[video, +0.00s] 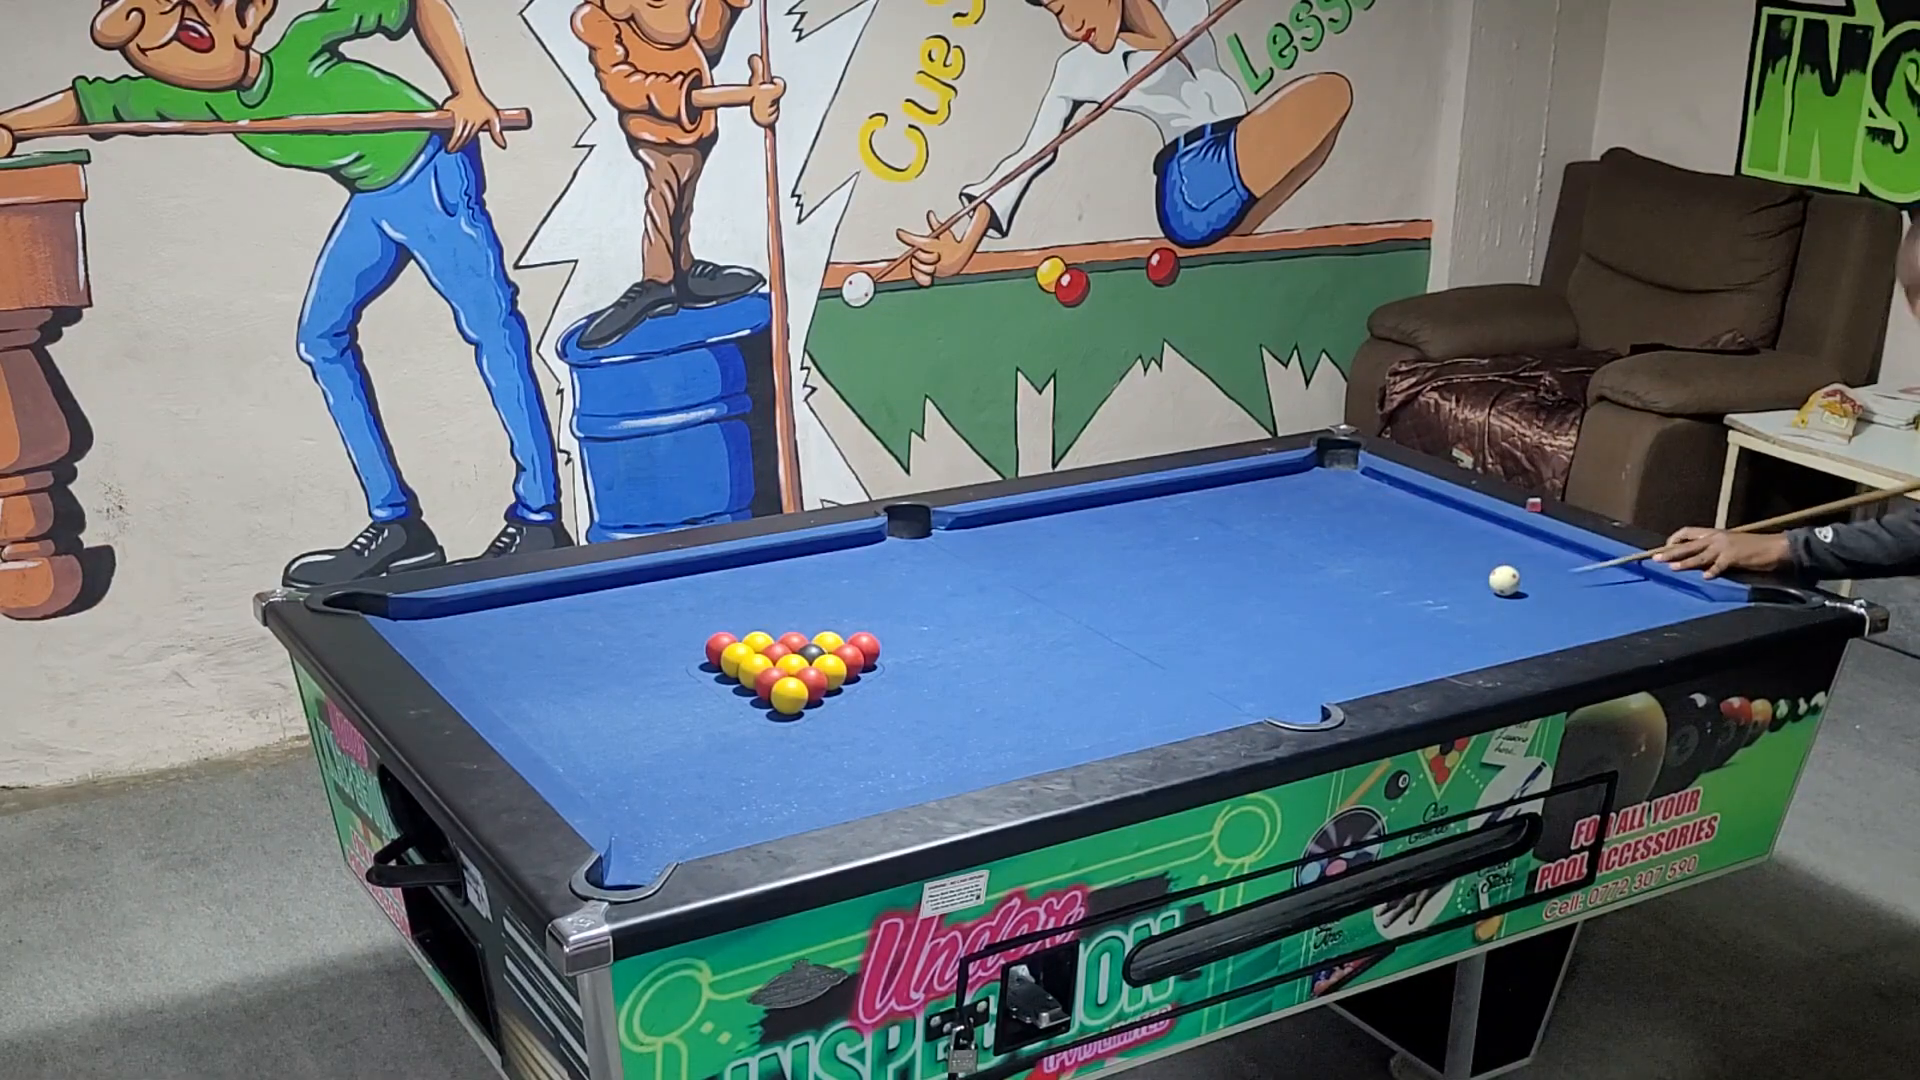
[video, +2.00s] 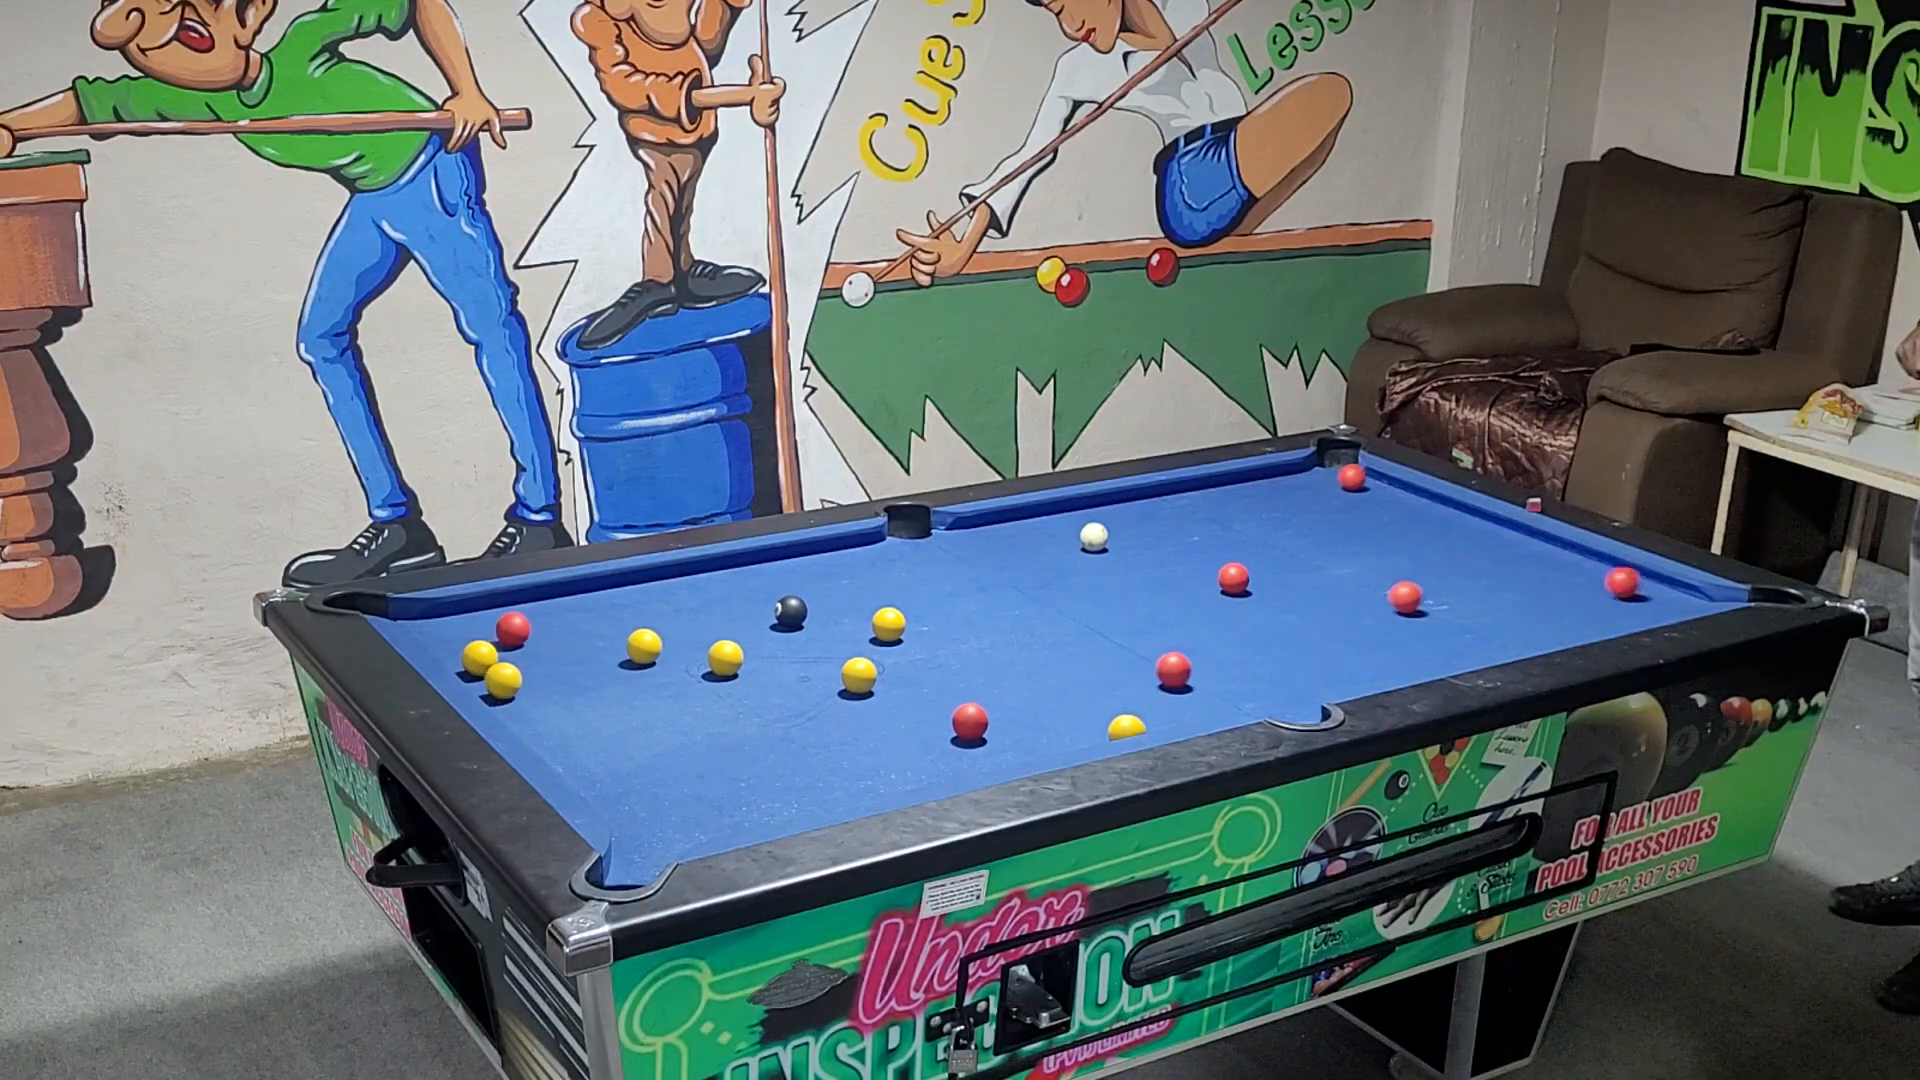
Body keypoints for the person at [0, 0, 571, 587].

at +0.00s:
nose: (208, 55)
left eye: (201, 40)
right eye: (191, 54)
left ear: (223, 21)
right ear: (182, 75)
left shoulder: (300, 37)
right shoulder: (213, 99)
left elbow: (418, 4)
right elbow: (89, 100)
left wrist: (467, 87)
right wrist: (9, 124)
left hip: (426, 166)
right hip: (369, 199)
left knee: (493, 331)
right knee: (322, 338)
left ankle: (540, 517)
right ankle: (397, 523)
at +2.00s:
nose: (207, 60)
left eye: (200, 44)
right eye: (190, 59)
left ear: (228, 23)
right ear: (184, 74)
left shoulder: (300, 37)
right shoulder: (212, 98)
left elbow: (418, 4)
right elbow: (90, 101)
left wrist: (467, 87)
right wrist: (9, 124)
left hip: (426, 165)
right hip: (369, 199)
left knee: (492, 329)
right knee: (322, 337)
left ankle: (541, 516)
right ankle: (397, 522)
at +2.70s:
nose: (207, 60)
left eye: (201, 45)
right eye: (190, 60)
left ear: (228, 24)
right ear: (185, 74)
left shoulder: (300, 37)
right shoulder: (212, 97)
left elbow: (418, 4)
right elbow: (90, 100)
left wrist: (467, 87)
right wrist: (9, 124)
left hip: (426, 165)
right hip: (369, 199)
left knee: (492, 329)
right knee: (322, 337)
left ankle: (541, 517)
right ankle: (397, 522)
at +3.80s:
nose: (208, 60)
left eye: (200, 44)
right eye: (190, 59)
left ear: (226, 24)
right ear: (184, 73)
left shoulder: (300, 37)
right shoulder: (211, 98)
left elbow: (419, 4)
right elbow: (90, 101)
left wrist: (466, 87)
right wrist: (9, 124)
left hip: (426, 165)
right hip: (369, 198)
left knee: (492, 329)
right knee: (322, 337)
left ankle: (541, 517)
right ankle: (397, 522)